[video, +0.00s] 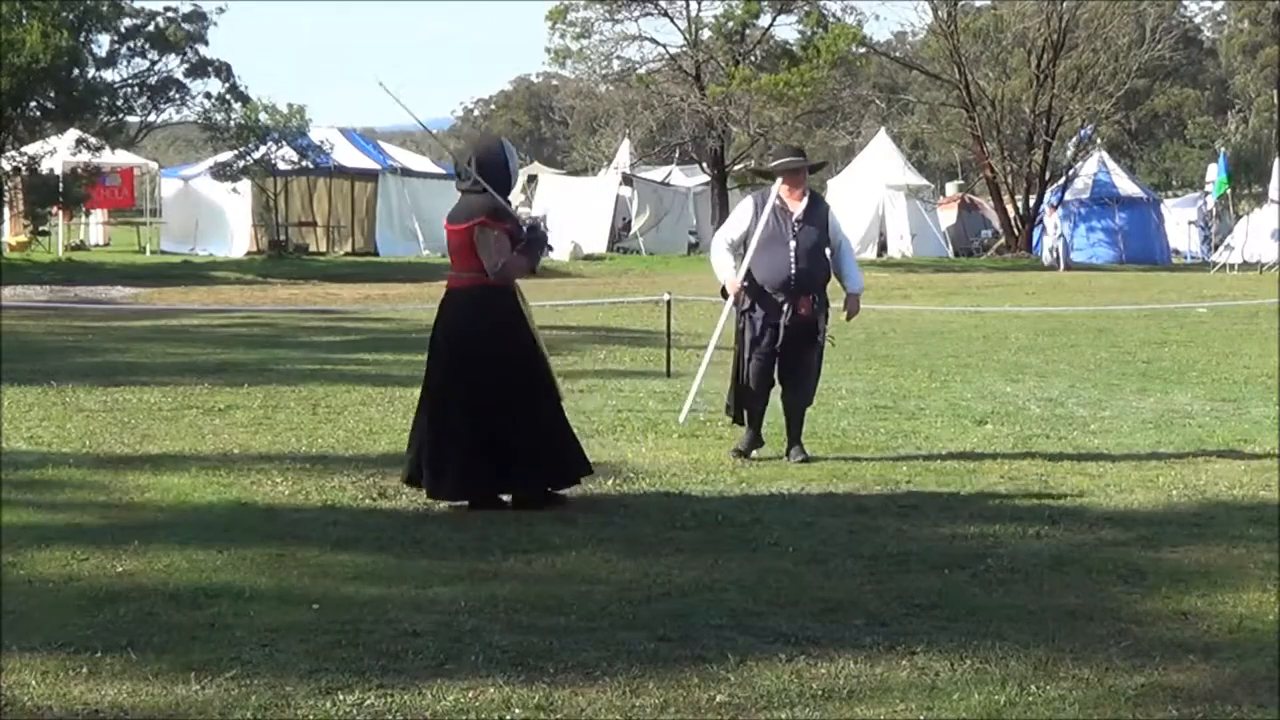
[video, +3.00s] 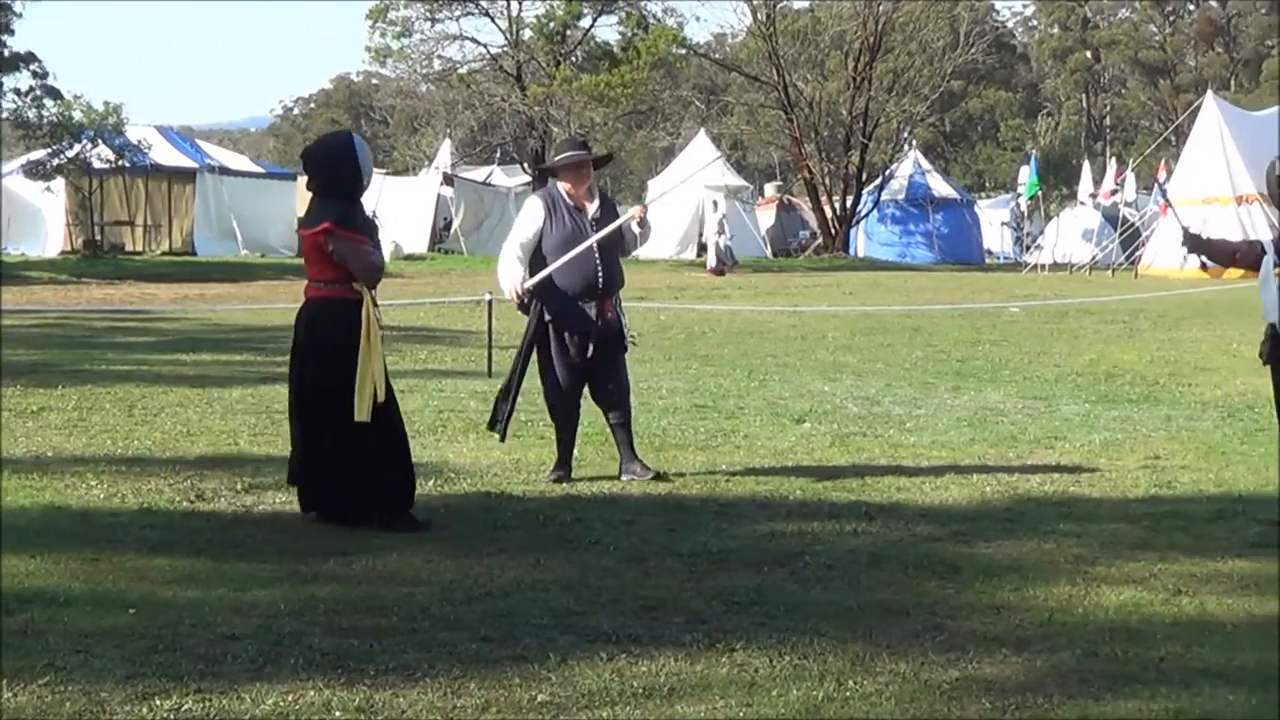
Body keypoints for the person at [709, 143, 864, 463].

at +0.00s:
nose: (793, 179)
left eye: (798, 172)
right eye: (786, 174)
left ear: (808, 174)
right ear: (776, 176)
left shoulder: (821, 210)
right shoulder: (754, 206)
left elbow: (842, 249)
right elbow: (720, 243)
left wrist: (854, 288)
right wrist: (729, 277)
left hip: (807, 306)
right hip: (761, 304)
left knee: (800, 380)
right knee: (755, 375)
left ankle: (795, 442)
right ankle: (752, 434)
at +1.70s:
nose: (758, 175)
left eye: (765, 169)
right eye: (752, 169)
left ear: (777, 171)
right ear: (743, 172)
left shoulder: (793, 209)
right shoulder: (724, 205)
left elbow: (819, 249)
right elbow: (692, 244)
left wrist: (815, 281)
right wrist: (711, 277)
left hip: (781, 313)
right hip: (735, 313)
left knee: (778, 387)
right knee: (740, 388)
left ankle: (778, 455)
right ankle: (746, 446)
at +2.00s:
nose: (731, 173)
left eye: (738, 167)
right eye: (725, 168)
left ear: (753, 169)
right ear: (718, 172)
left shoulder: (772, 207)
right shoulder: (702, 203)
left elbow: (798, 251)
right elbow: (668, 240)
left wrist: (768, 268)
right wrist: (676, 261)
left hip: (755, 311)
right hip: (705, 308)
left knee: (754, 389)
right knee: (700, 385)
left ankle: (753, 456)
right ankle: (704, 452)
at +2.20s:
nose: (694, 173)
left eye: (702, 166)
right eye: (690, 168)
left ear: (721, 171)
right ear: (684, 173)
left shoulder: (740, 209)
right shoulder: (670, 204)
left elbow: (763, 255)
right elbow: (640, 240)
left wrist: (737, 248)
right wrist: (622, 267)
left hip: (726, 314)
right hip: (677, 312)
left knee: (724, 392)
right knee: (677, 392)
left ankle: (725, 455)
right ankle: (672, 464)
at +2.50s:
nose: (648, 173)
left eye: (655, 166)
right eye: (643, 167)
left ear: (673, 169)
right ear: (637, 172)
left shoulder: (693, 203)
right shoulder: (624, 205)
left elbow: (721, 249)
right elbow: (594, 244)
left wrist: (707, 228)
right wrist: (571, 278)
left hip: (685, 312)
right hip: (638, 312)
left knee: (692, 389)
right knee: (644, 392)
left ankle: (697, 452)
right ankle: (642, 463)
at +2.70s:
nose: (615, 175)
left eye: (622, 167)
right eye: (609, 168)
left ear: (637, 168)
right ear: (601, 172)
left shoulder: (654, 203)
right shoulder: (586, 204)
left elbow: (680, 248)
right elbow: (556, 243)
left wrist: (678, 226)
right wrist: (536, 274)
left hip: (650, 307)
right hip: (604, 309)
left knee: (668, 379)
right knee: (612, 390)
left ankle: (669, 446)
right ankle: (612, 462)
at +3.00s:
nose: (582, 174)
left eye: (585, 167)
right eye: (573, 169)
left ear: (592, 168)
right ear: (558, 174)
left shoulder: (604, 202)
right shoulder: (541, 204)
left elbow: (625, 246)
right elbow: (512, 251)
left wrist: (637, 225)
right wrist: (514, 279)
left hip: (605, 308)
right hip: (561, 310)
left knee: (614, 386)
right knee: (563, 390)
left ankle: (629, 461)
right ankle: (563, 462)